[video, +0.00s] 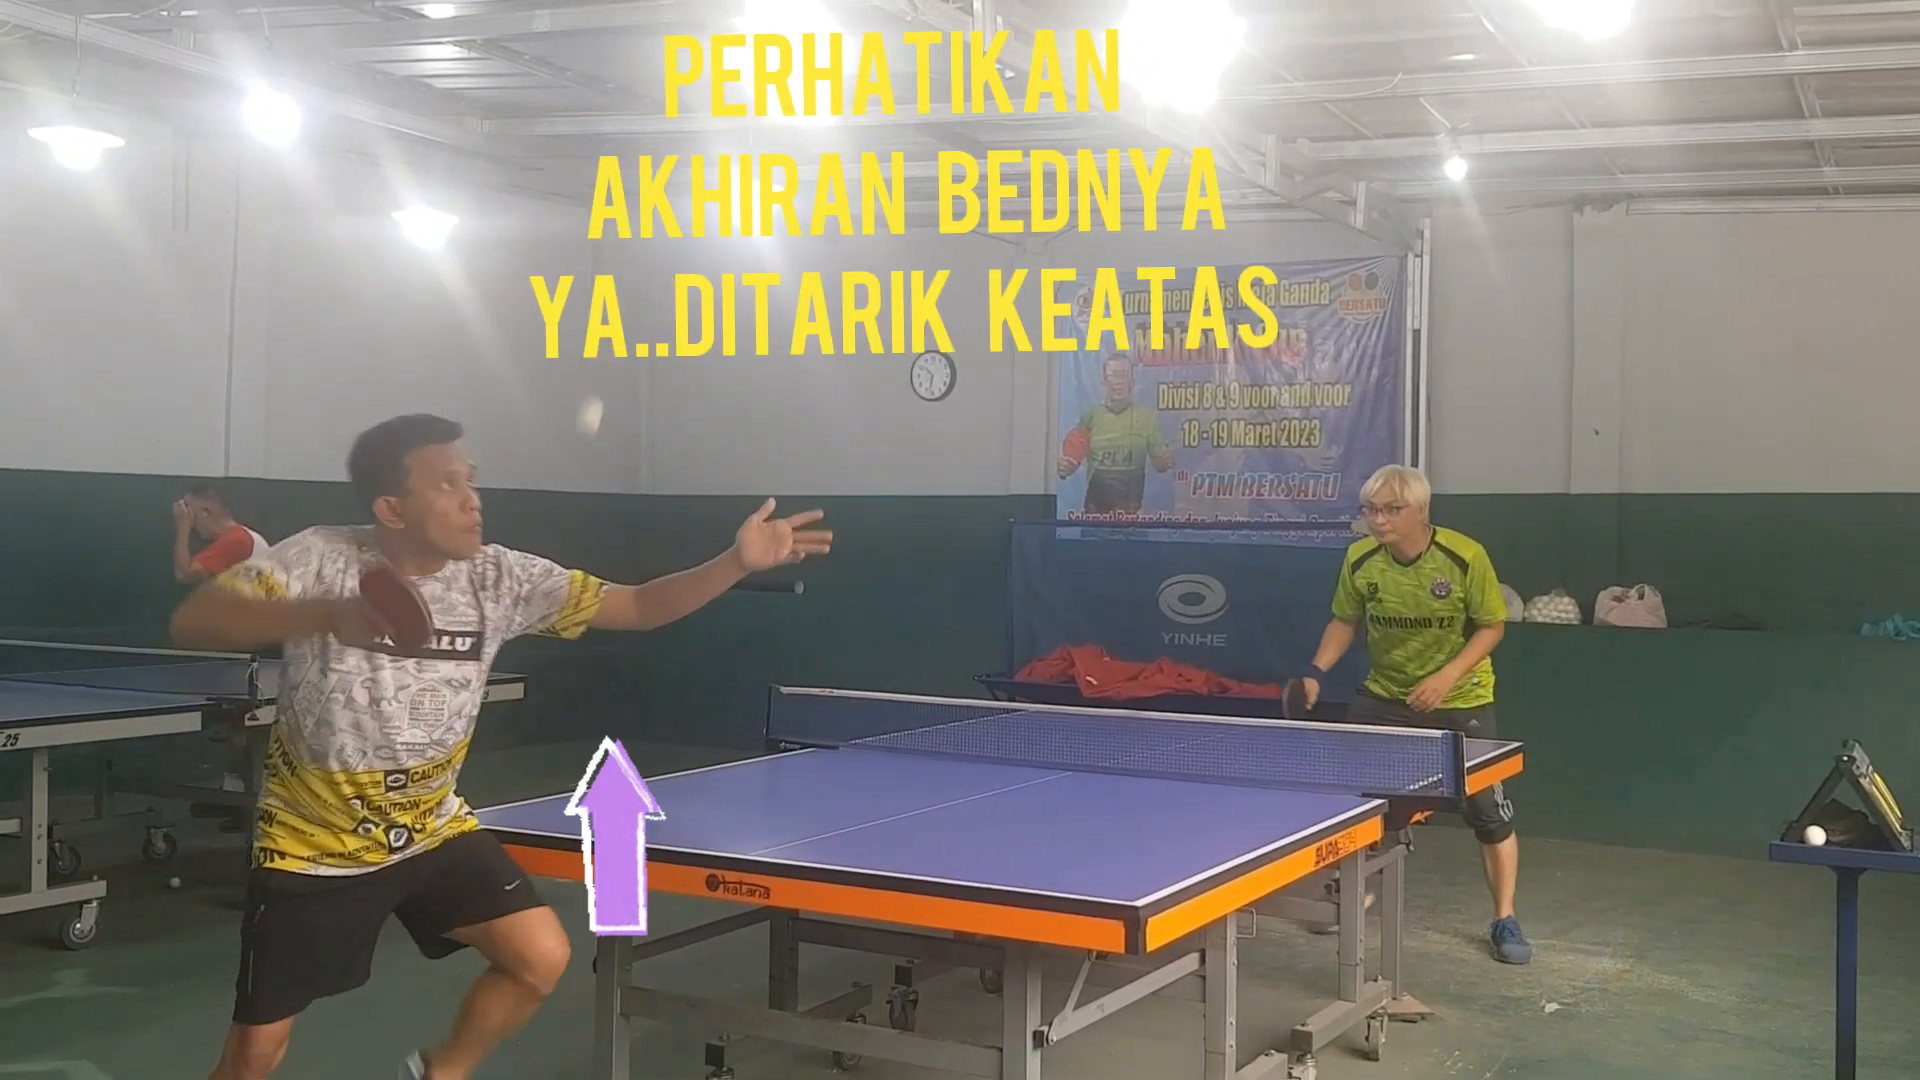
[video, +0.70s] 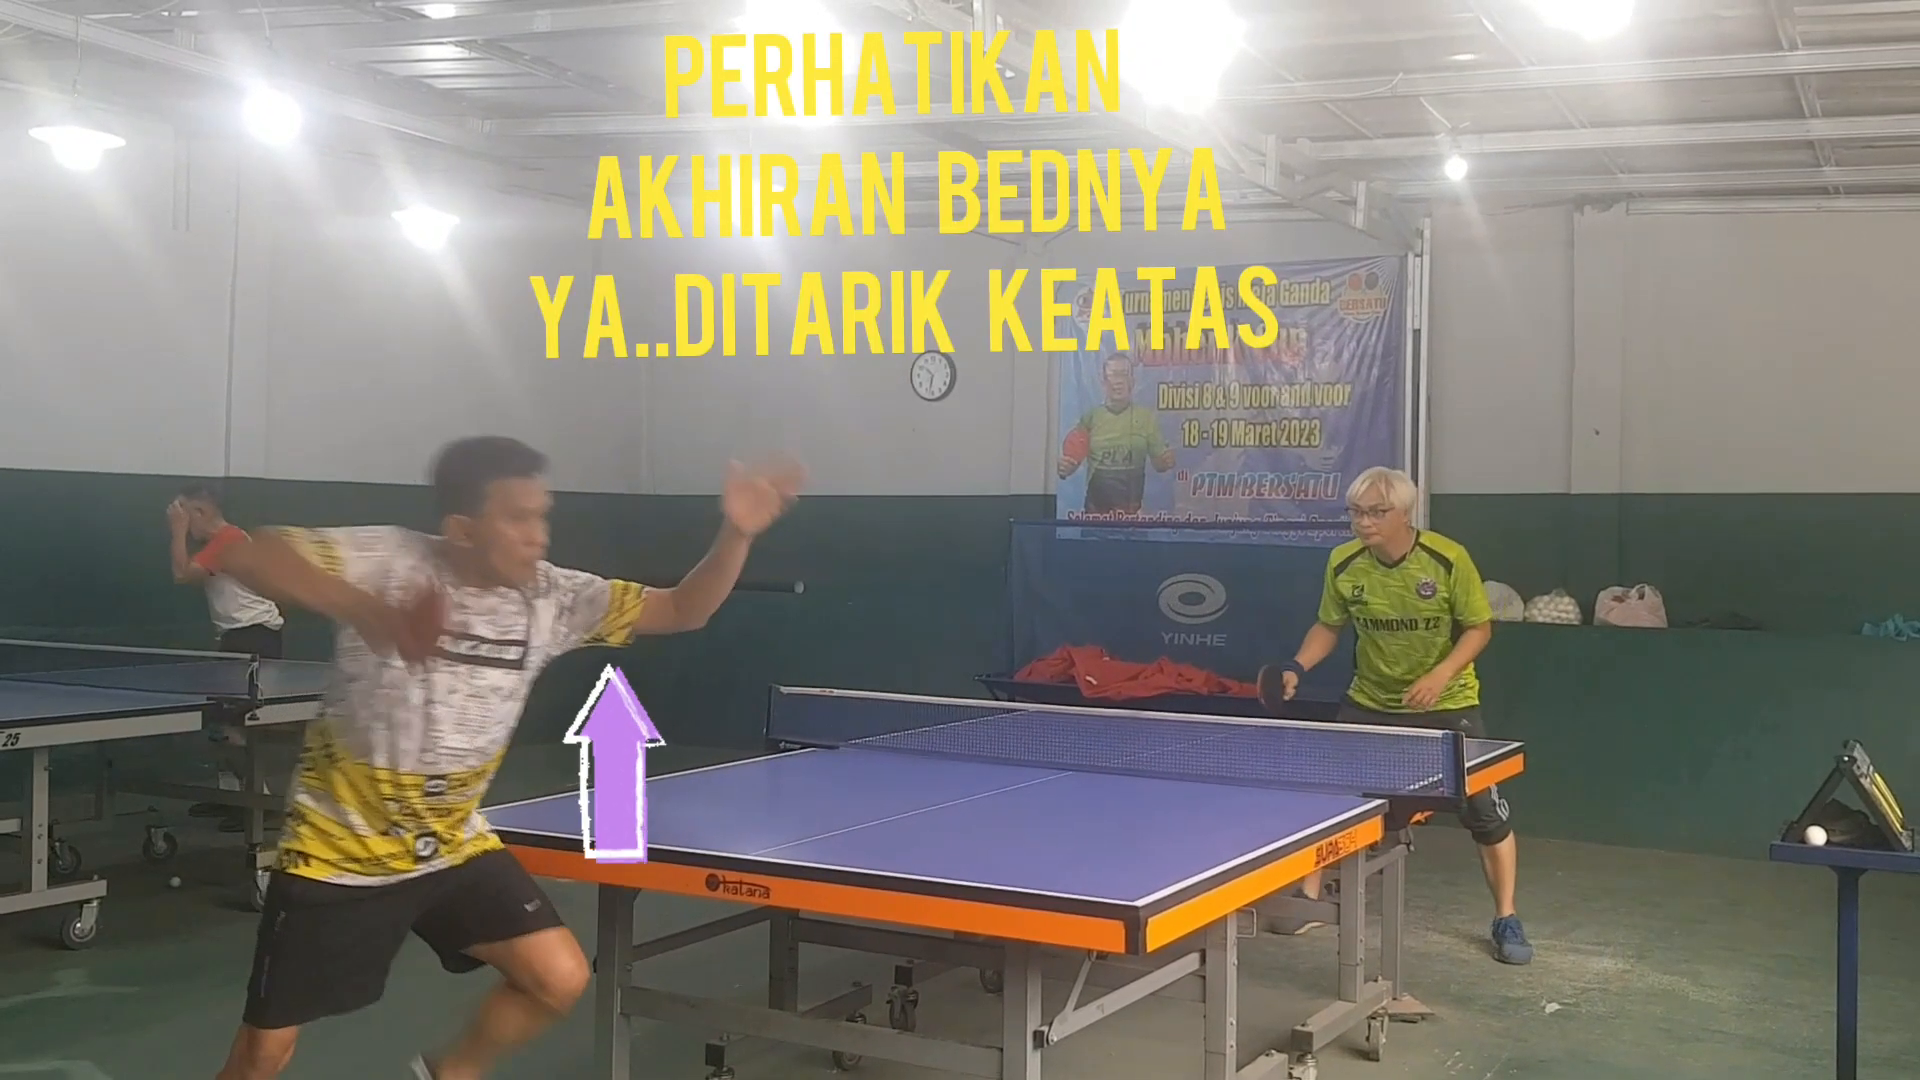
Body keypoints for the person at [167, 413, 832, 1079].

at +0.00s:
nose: (474, 498)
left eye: (470, 481)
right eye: (453, 485)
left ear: (464, 497)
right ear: (391, 509)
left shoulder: (498, 577)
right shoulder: (314, 563)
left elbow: (633, 606)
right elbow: (190, 624)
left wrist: (737, 562)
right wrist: (327, 615)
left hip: (431, 825)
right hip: (311, 840)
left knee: (540, 959)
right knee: (256, 1047)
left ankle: (443, 1071)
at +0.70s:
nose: (537, 535)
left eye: (541, 516)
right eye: (518, 516)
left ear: (544, 522)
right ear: (459, 525)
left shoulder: (552, 596)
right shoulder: (389, 558)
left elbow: (682, 608)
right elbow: (246, 553)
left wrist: (737, 534)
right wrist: (371, 611)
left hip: (453, 839)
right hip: (337, 843)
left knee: (558, 979)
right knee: (265, 1049)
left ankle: (450, 1070)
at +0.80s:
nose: (564, 548)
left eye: (568, 529)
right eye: (547, 529)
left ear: (565, 530)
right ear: (487, 531)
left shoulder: (565, 601)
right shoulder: (411, 558)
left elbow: (689, 612)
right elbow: (290, 565)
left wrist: (719, 531)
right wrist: (411, 652)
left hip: (460, 844)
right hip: (346, 846)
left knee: (565, 996)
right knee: (267, 1054)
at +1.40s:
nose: (645, 601)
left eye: (650, 584)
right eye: (640, 578)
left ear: (592, 574)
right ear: (587, 569)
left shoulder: (599, 649)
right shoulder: (479, 583)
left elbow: (690, 665)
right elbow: (354, 634)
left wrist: (678, 543)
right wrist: (505, 638)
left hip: (495, 879)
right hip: (382, 876)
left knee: (597, 1030)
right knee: (316, 1065)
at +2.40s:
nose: (696, 639)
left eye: (700, 624)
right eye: (696, 622)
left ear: (654, 616)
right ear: (659, 616)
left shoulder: (641, 692)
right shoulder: (526, 618)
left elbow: (718, 759)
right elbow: (392, 705)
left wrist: (745, 664)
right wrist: (474, 644)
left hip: (509, 893)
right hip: (413, 880)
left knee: (620, 1030)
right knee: (401, 1070)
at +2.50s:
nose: (695, 636)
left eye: (699, 621)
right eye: (695, 619)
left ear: (653, 614)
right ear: (659, 614)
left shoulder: (640, 691)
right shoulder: (526, 619)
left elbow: (716, 761)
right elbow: (394, 707)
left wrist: (747, 672)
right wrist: (483, 657)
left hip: (508, 890)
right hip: (411, 877)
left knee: (618, 1028)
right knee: (405, 1070)